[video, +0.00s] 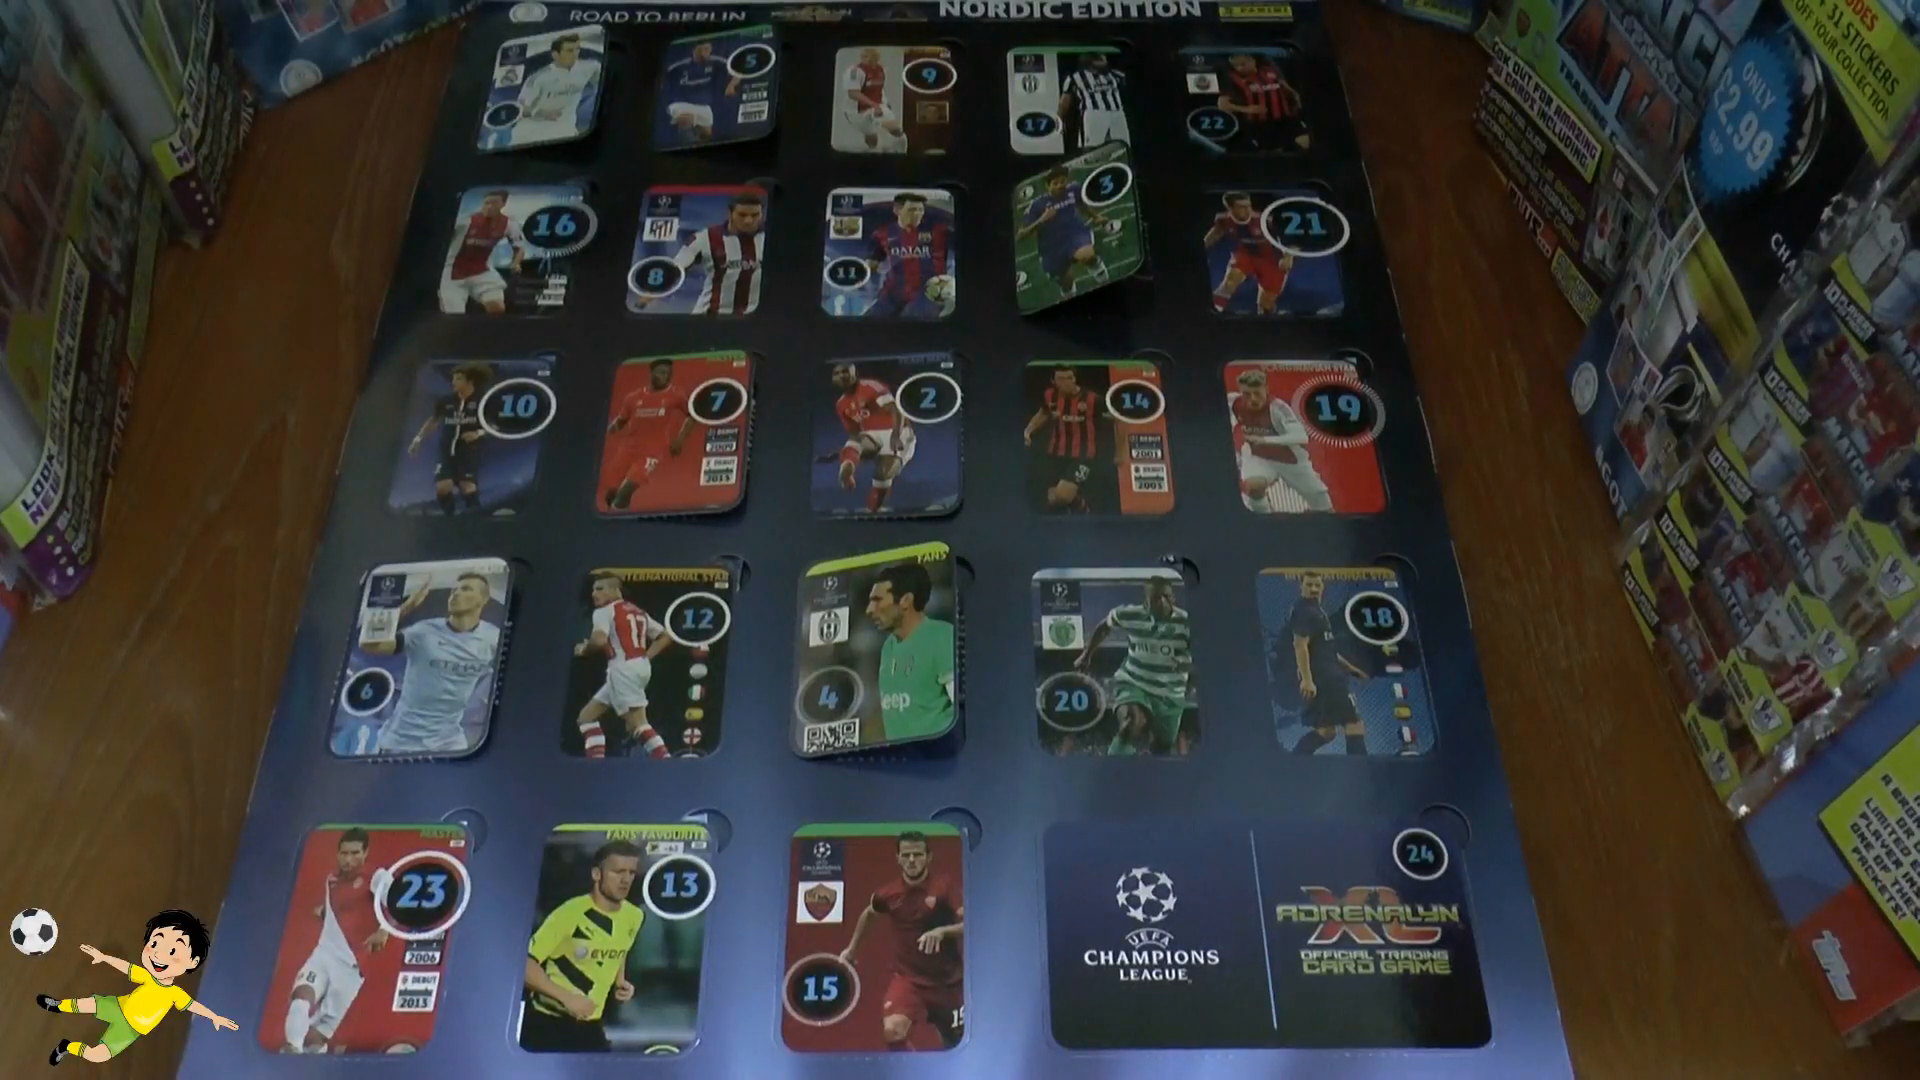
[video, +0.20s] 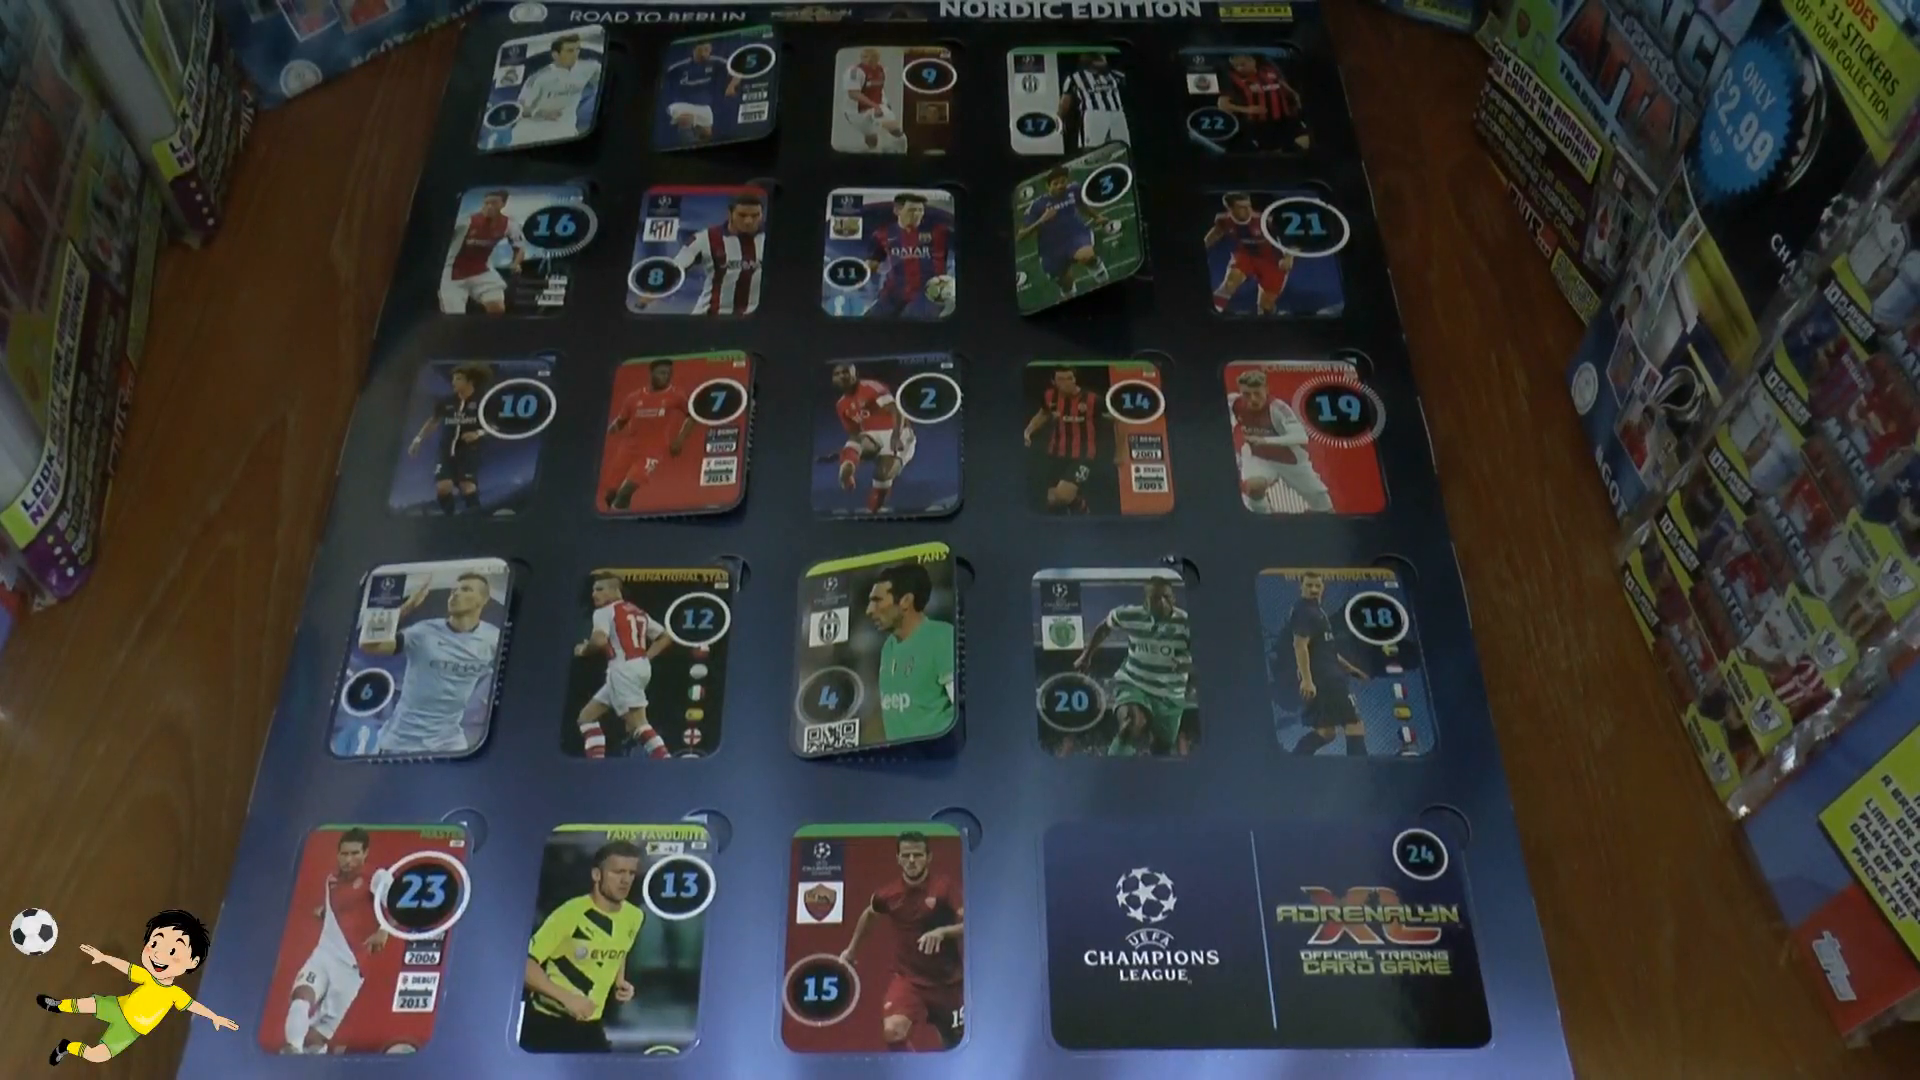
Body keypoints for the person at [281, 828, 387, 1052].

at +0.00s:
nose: (348, 859)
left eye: (355, 853)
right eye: (344, 853)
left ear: (365, 855)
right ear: (337, 854)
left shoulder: (376, 879)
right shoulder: (332, 880)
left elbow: (397, 903)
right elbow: (334, 902)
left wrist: (383, 931)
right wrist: (322, 910)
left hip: (350, 970)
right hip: (323, 956)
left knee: (314, 1039)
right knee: (302, 996)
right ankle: (293, 1048)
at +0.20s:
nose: (348, 860)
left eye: (355, 854)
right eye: (344, 853)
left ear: (365, 855)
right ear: (337, 855)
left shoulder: (375, 879)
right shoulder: (332, 880)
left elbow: (396, 903)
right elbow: (334, 902)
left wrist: (383, 931)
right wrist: (322, 910)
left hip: (350, 970)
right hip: (323, 956)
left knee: (314, 1040)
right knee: (302, 996)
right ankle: (294, 1048)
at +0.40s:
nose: (349, 862)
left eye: (355, 856)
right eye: (344, 856)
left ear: (365, 857)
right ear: (337, 857)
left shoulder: (376, 881)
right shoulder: (332, 882)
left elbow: (398, 906)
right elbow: (335, 906)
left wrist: (383, 934)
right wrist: (323, 913)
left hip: (350, 973)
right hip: (323, 958)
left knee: (314, 1042)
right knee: (302, 998)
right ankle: (294, 1051)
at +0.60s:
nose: (348, 864)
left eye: (354, 858)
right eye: (344, 858)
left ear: (365, 859)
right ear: (337, 859)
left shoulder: (375, 884)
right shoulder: (331, 885)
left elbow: (397, 908)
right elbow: (334, 908)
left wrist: (383, 936)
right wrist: (322, 915)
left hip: (350, 976)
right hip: (322, 961)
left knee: (313, 1045)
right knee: (301, 1001)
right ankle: (293, 1053)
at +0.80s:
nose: (346, 861)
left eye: (352, 855)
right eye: (342, 855)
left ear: (363, 856)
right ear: (335, 857)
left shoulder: (374, 881)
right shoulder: (330, 882)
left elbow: (395, 905)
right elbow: (332, 907)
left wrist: (381, 933)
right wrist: (320, 913)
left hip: (349, 973)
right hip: (321, 958)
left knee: (313, 1041)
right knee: (300, 998)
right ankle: (291, 1050)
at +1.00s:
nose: (346, 861)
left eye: (352, 855)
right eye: (342, 855)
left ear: (363, 856)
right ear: (335, 856)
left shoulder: (374, 881)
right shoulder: (330, 882)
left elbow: (395, 905)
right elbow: (332, 908)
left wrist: (381, 933)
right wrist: (320, 913)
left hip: (348, 973)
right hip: (320, 958)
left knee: (312, 1041)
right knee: (300, 997)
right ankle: (291, 1049)